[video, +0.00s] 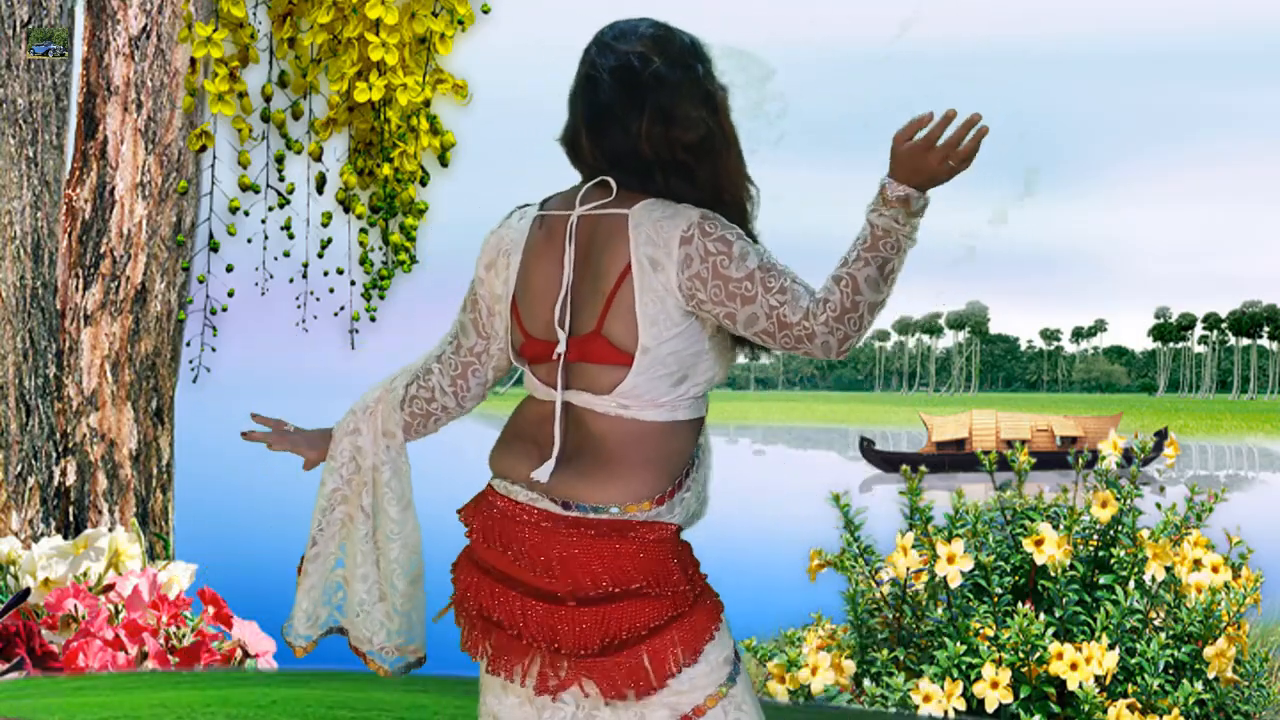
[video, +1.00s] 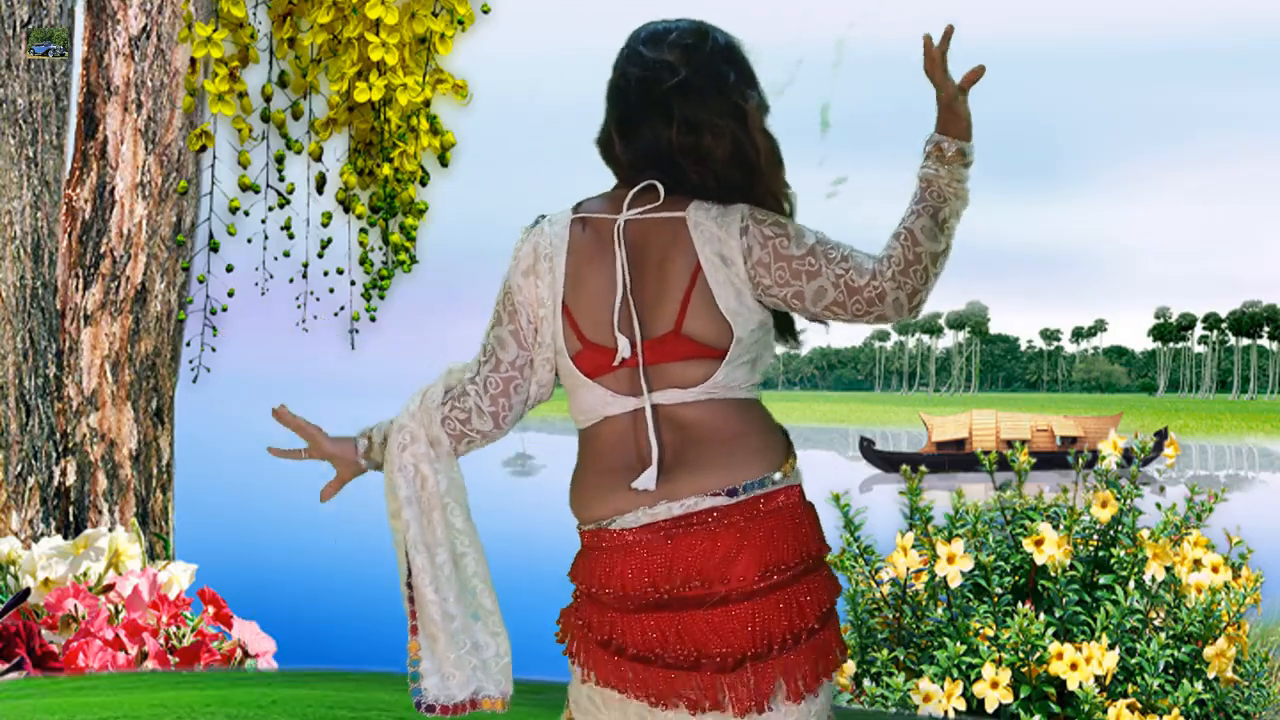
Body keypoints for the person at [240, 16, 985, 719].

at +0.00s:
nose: (720, 124)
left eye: (713, 103)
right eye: (711, 105)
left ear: (586, 121)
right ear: (689, 120)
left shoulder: (521, 234)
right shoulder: (687, 238)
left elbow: (452, 379)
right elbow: (822, 331)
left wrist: (340, 439)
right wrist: (902, 197)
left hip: (504, 531)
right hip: (626, 553)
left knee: (523, 699)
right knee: (706, 703)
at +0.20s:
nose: (693, 124)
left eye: (685, 103)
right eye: (681, 106)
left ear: (560, 129)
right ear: (661, 120)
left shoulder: (500, 254)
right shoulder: (688, 234)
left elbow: (442, 413)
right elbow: (826, 318)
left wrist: (322, 386)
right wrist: (906, 186)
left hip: (494, 526)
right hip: (628, 541)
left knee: (510, 698)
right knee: (664, 700)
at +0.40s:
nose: (678, 119)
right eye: (667, 101)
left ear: (541, 128)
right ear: (656, 116)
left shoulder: (502, 255)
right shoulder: (698, 229)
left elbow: (449, 417)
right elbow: (828, 310)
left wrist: (327, 350)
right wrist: (885, 175)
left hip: (499, 518)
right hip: (634, 539)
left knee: (495, 695)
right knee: (657, 703)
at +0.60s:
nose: (723, 127)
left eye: (715, 107)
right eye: (715, 109)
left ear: (584, 124)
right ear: (696, 120)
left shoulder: (515, 247)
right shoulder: (714, 231)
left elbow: (470, 406)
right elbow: (854, 315)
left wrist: (332, 387)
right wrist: (916, 182)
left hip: (572, 540)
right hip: (712, 527)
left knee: (590, 698)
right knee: (738, 697)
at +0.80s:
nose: (739, 127)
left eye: (732, 106)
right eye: (730, 109)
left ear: (601, 127)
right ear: (713, 120)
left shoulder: (536, 250)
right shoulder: (731, 229)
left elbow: (480, 405)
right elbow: (876, 306)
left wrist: (341, 387)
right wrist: (932, 169)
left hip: (602, 536)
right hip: (739, 514)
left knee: (607, 701)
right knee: (758, 701)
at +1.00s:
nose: (758, 127)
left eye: (751, 105)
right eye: (749, 108)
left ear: (618, 123)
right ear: (729, 120)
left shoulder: (550, 246)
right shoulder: (739, 234)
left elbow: (492, 394)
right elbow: (892, 291)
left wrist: (370, 447)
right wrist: (949, 147)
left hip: (614, 524)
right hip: (750, 505)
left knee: (625, 698)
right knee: (778, 701)